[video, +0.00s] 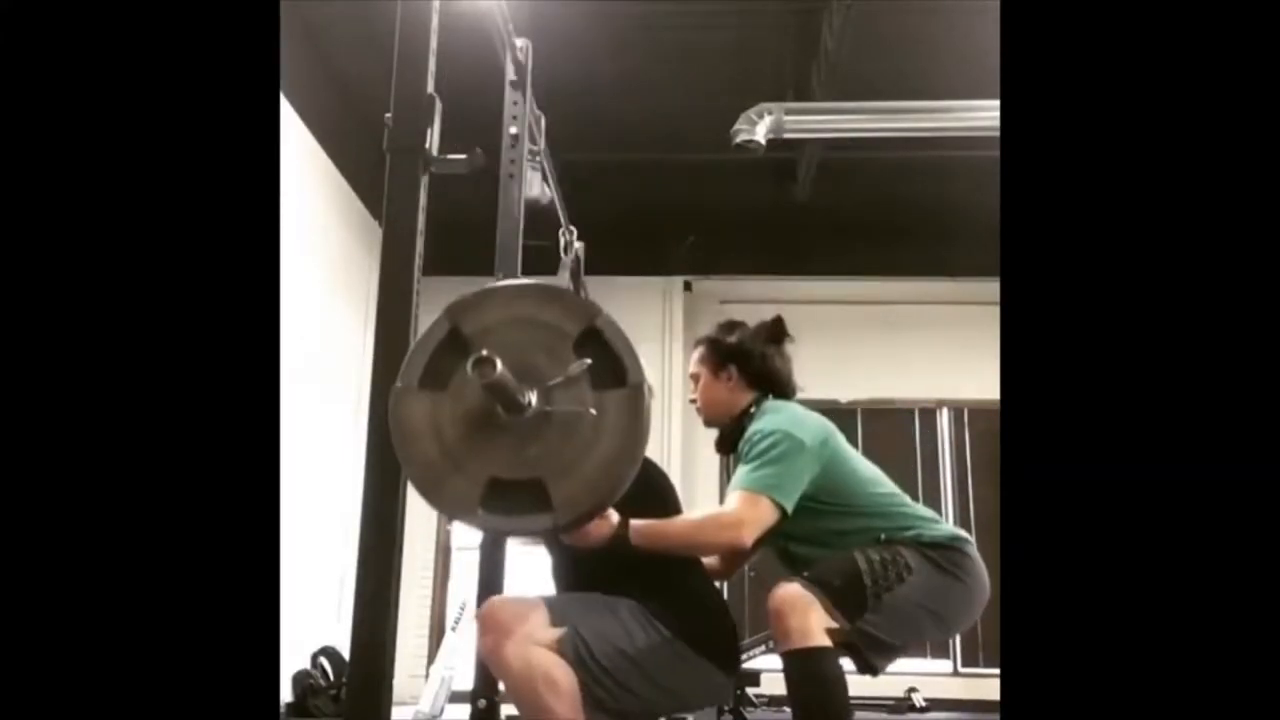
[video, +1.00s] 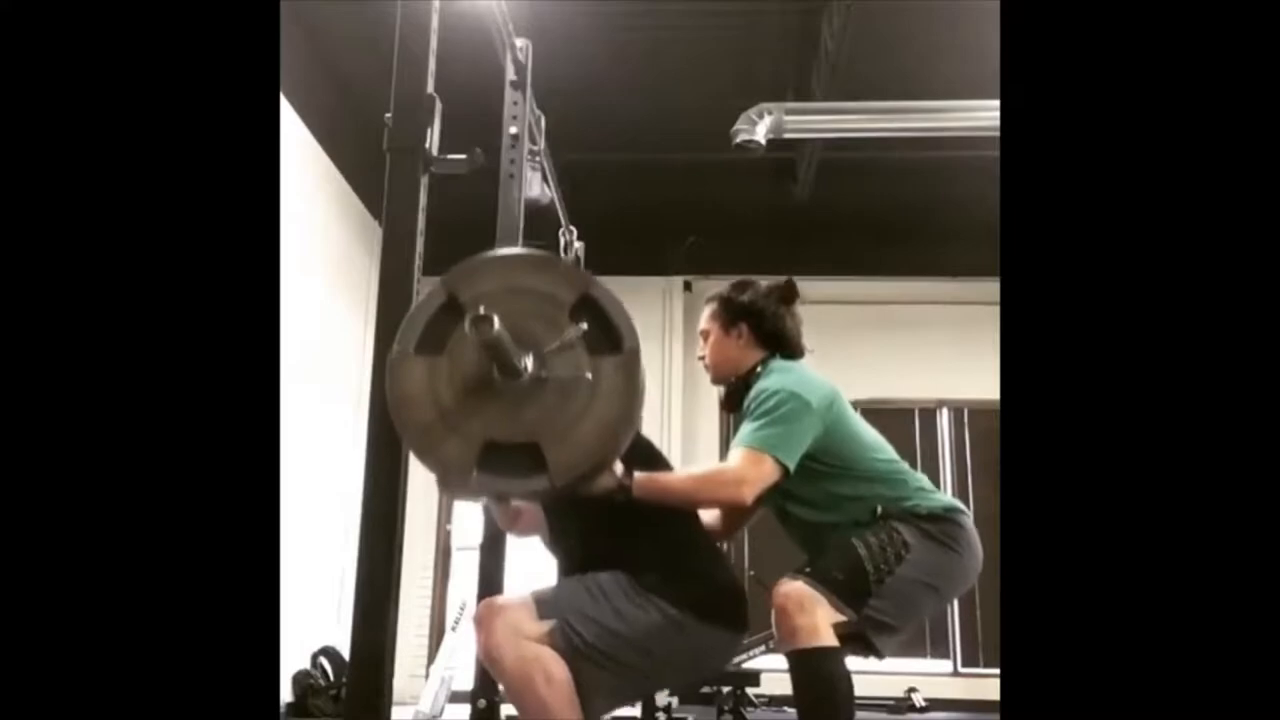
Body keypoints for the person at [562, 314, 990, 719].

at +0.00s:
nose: (691, 393)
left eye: (699, 378)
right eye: (691, 380)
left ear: (737, 378)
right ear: (737, 382)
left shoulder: (781, 426)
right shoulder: (756, 443)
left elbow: (736, 529)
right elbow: (720, 561)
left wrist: (622, 528)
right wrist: (637, 558)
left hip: (939, 565)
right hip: (908, 569)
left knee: (794, 604)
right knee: (791, 608)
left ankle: (827, 714)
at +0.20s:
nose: (696, 398)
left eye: (703, 384)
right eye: (696, 386)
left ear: (740, 383)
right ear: (740, 387)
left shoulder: (787, 434)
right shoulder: (752, 452)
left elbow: (737, 537)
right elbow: (725, 568)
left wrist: (621, 533)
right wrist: (641, 562)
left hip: (942, 576)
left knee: (794, 604)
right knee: (791, 609)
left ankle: (827, 714)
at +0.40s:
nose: (698, 397)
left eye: (704, 382)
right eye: (698, 384)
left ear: (738, 380)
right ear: (740, 381)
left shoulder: (788, 432)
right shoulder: (762, 447)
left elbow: (737, 534)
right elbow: (725, 567)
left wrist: (620, 530)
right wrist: (641, 558)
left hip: (942, 573)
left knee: (793, 604)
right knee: (795, 612)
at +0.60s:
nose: (699, 386)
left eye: (706, 371)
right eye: (700, 374)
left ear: (739, 370)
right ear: (740, 371)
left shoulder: (790, 425)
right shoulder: (765, 440)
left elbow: (738, 525)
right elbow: (723, 558)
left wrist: (622, 523)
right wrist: (641, 556)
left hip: (940, 566)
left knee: (793, 605)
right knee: (795, 618)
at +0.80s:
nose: (700, 373)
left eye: (707, 357)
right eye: (701, 360)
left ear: (743, 355)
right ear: (742, 358)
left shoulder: (791, 409)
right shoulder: (767, 425)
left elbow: (741, 510)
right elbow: (725, 546)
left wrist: (624, 509)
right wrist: (643, 548)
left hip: (935, 552)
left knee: (794, 603)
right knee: (797, 615)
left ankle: (827, 713)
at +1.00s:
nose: (700, 351)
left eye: (707, 337)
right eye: (700, 339)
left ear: (743, 334)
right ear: (742, 337)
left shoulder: (789, 388)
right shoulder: (766, 400)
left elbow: (739, 484)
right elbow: (725, 522)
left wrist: (627, 481)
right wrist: (647, 537)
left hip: (927, 532)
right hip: (893, 537)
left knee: (799, 603)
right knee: (799, 610)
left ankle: (831, 713)